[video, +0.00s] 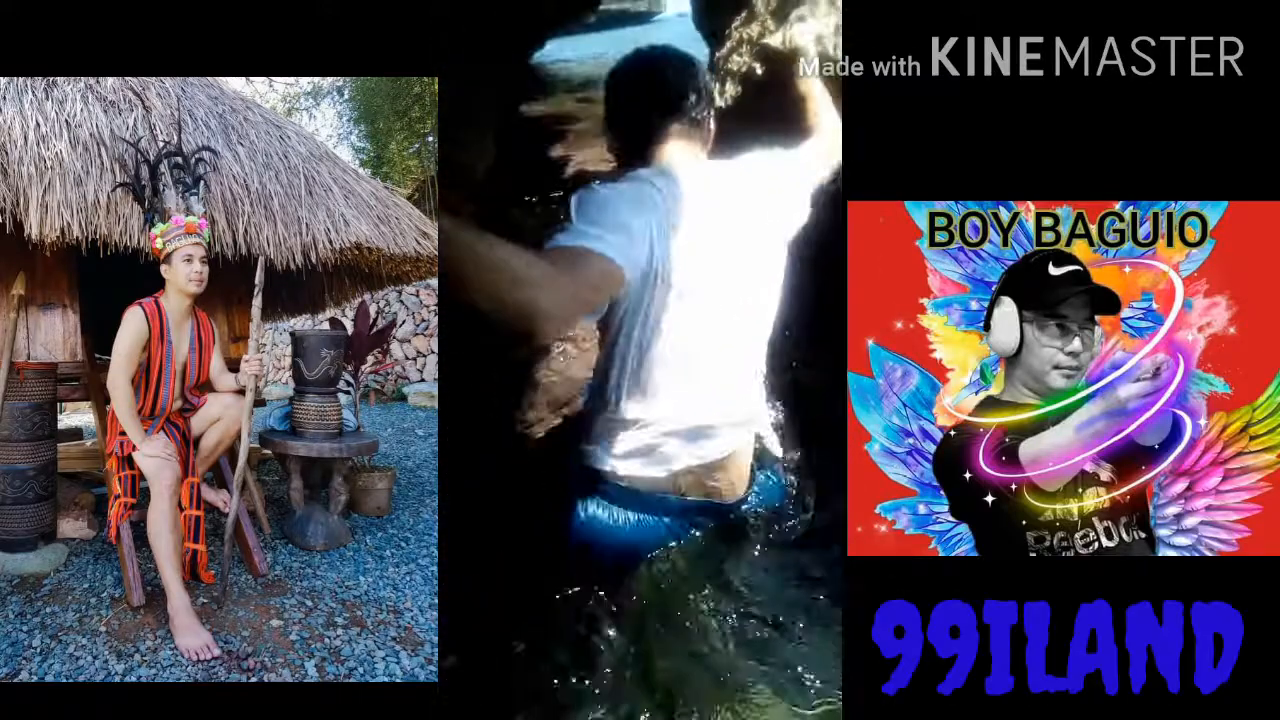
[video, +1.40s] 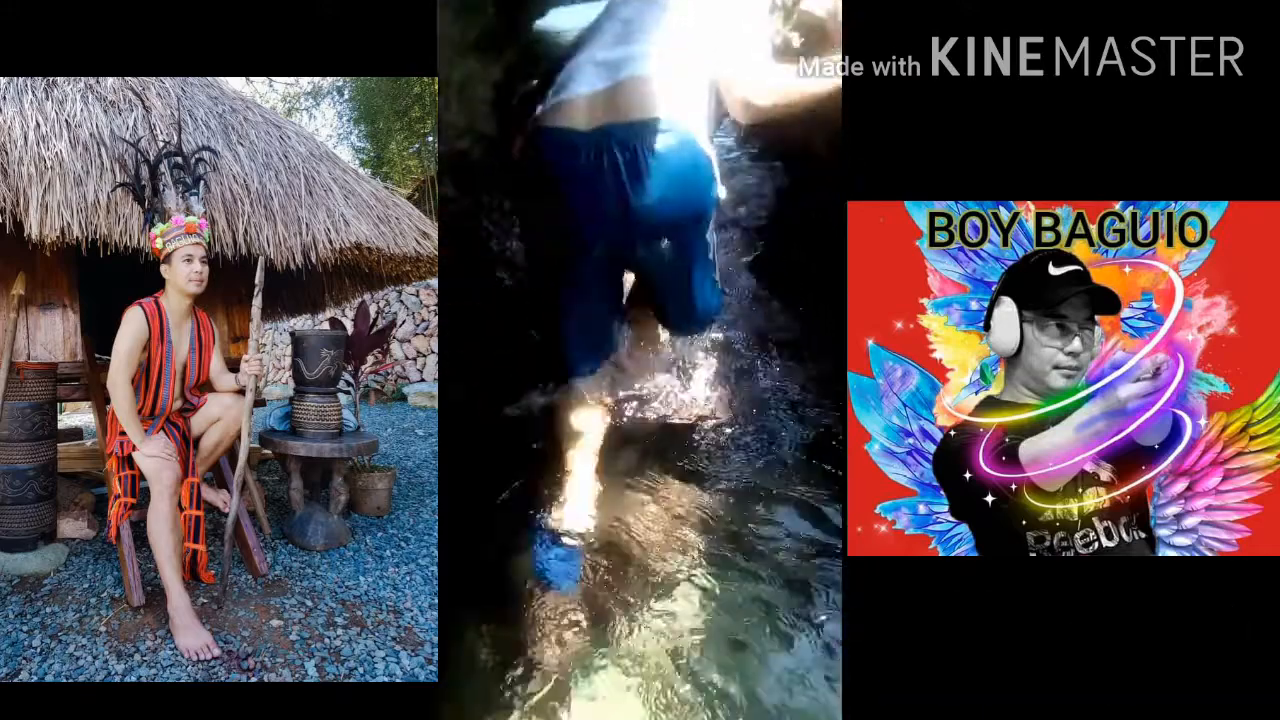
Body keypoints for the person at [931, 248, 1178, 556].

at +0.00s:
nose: (1076, 346)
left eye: (1086, 328)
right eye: (1055, 327)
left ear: (1097, 334)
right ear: (1007, 327)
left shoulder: (1113, 410)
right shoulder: (963, 446)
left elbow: (1155, 435)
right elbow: (1025, 472)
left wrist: (1148, 397)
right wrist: (1107, 411)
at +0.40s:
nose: (1076, 346)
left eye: (1086, 328)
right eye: (1056, 327)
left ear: (1097, 334)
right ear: (1008, 327)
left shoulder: (1113, 409)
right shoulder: (962, 446)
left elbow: (1156, 436)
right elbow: (1021, 472)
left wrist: (1147, 396)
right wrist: (1104, 414)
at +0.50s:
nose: (1076, 346)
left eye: (1086, 328)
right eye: (1055, 327)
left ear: (1096, 334)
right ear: (1007, 327)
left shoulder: (1113, 409)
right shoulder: (962, 445)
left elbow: (1155, 435)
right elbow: (1022, 472)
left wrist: (1149, 396)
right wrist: (1105, 412)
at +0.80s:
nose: (1076, 346)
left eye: (1086, 328)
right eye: (1055, 326)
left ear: (1097, 334)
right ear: (1007, 327)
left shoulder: (1113, 409)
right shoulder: (963, 445)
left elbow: (1155, 435)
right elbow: (1023, 473)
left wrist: (1149, 396)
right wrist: (1105, 412)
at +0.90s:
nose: (1076, 346)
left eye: (1086, 328)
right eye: (1055, 327)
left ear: (1097, 334)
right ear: (1007, 328)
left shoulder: (1113, 409)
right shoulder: (962, 446)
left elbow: (1155, 435)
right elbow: (1021, 472)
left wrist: (1149, 396)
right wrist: (1105, 412)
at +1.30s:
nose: (1076, 346)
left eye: (1086, 328)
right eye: (1055, 326)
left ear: (1097, 335)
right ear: (1007, 328)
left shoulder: (1113, 408)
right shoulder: (962, 446)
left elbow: (1156, 436)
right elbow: (1020, 472)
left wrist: (1147, 396)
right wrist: (1105, 413)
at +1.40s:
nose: (1076, 346)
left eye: (1086, 328)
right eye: (1055, 326)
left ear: (1096, 335)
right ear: (1007, 328)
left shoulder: (1113, 408)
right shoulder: (962, 446)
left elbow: (1156, 436)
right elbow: (1021, 472)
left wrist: (1147, 395)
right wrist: (1105, 413)